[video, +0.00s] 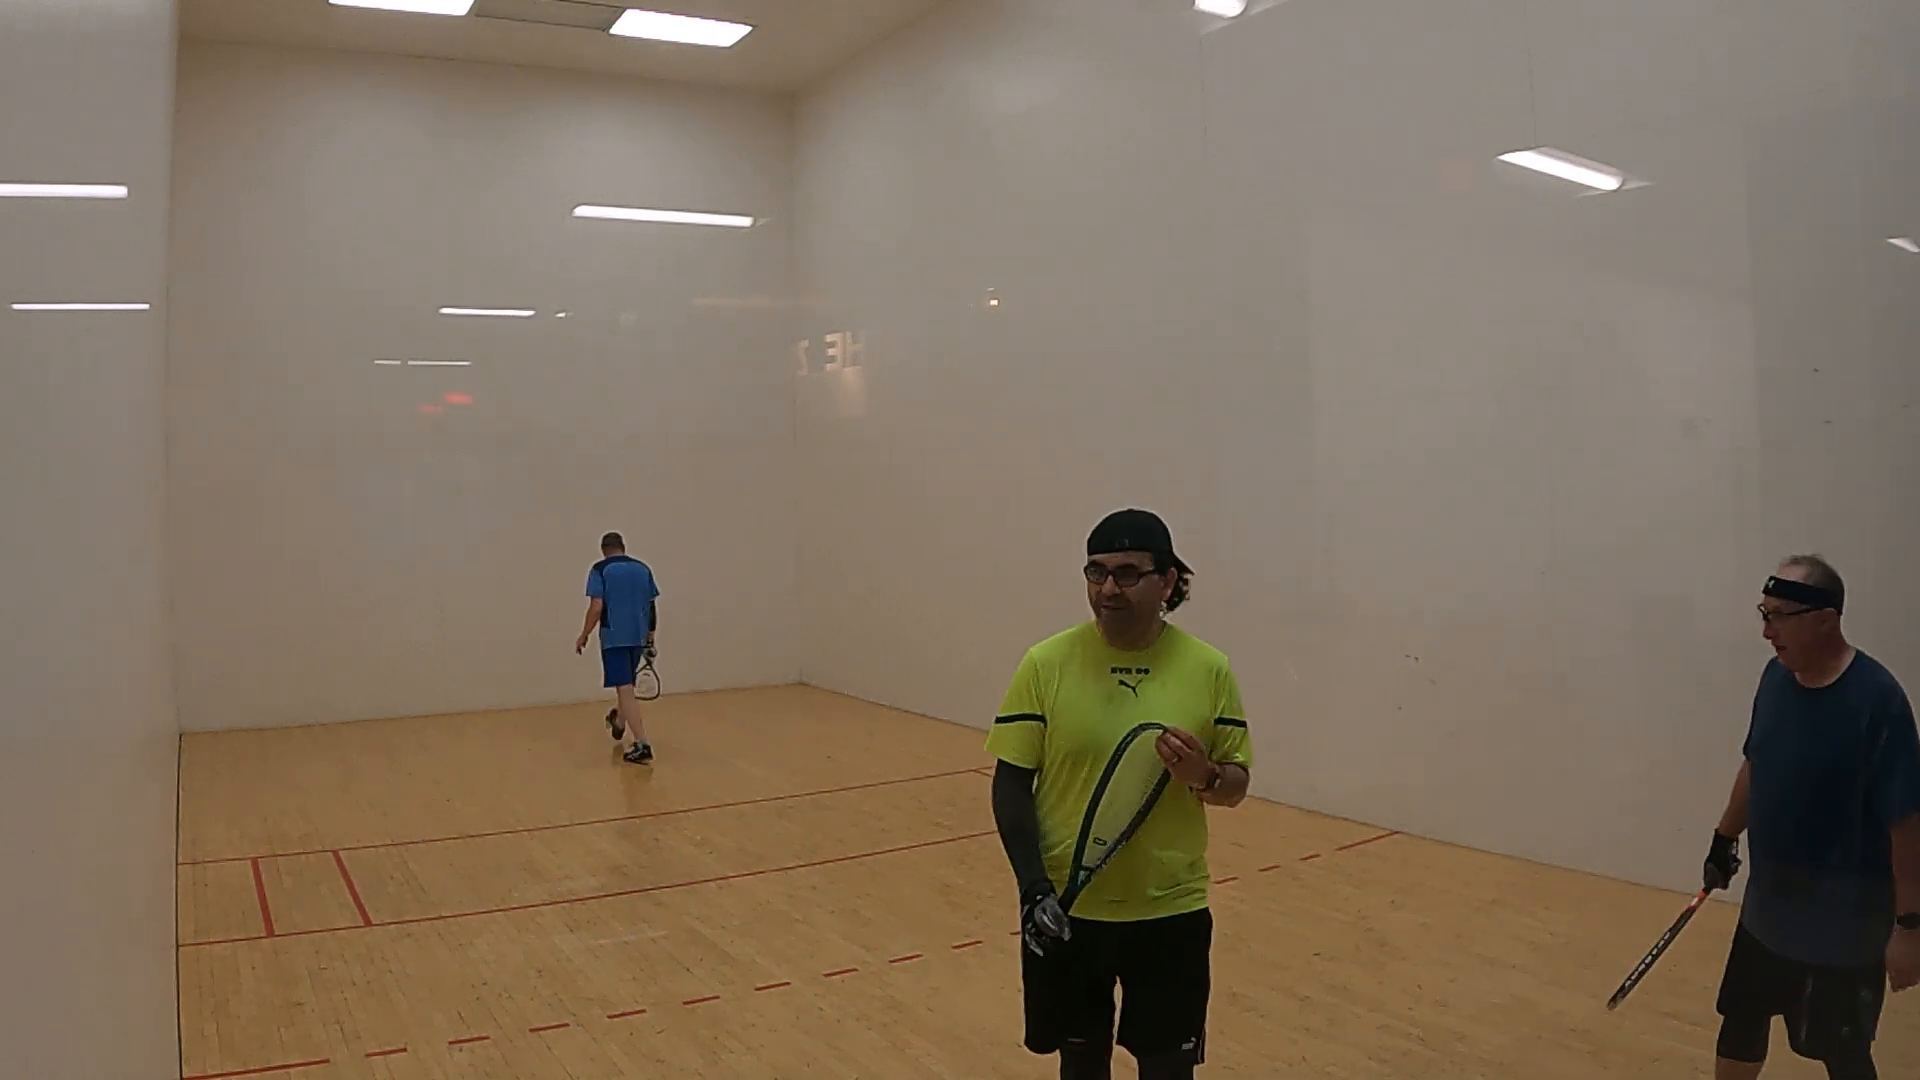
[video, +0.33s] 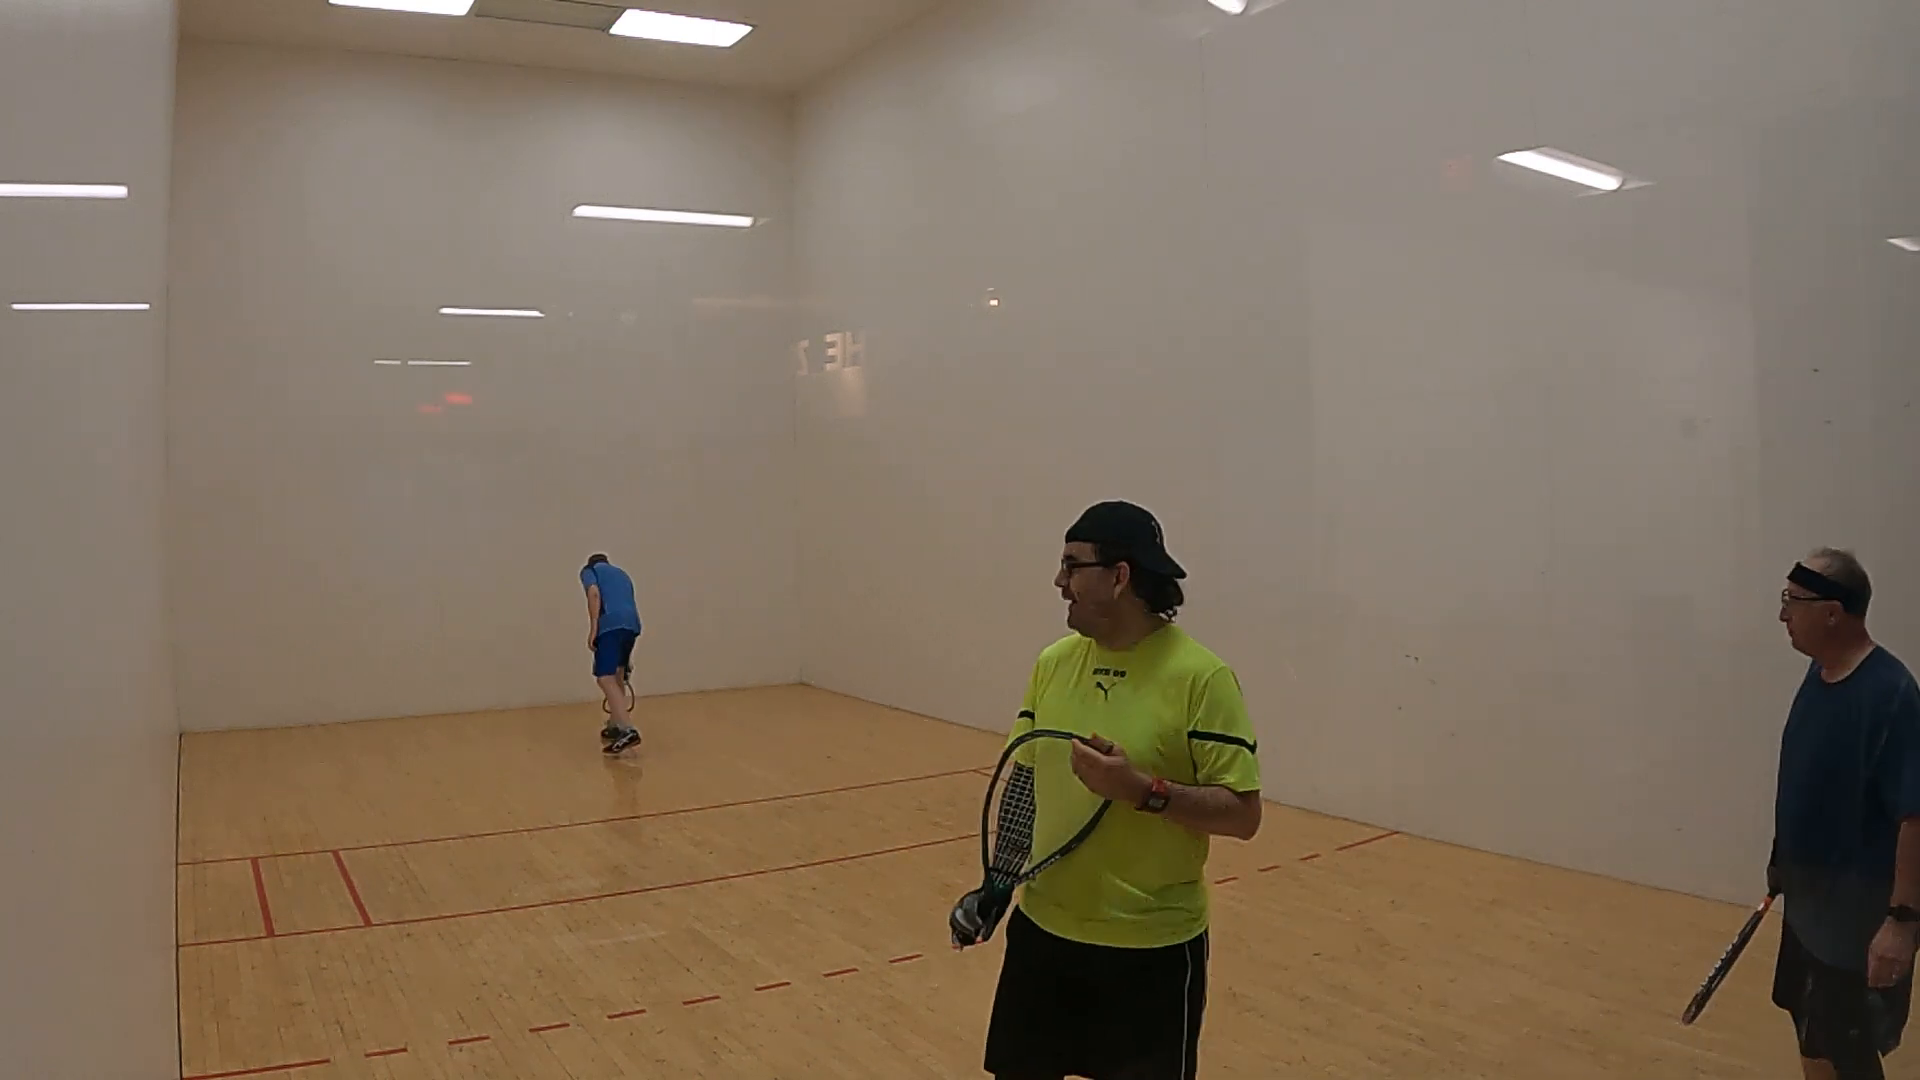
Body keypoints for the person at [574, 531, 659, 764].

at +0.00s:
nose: (607, 554)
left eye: (605, 550)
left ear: (603, 550)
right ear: (624, 548)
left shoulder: (600, 569)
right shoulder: (642, 568)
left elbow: (596, 606)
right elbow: (651, 606)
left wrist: (585, 634)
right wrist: (651, 636)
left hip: (614, 639)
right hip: (639, 637)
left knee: (625, 689)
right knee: (627, 683)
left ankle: (642, 744)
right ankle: (618, 719)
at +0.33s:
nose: (589, 571)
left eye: (588, 568)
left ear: (591, 564)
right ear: (607, 562)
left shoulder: (589, 570)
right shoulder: (622, 574)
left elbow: (594, 594)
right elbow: (628, 612)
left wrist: (593, 629)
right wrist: (627, 656)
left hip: (611, 625)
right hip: (632, 626)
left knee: (604, 677)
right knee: (619, 675)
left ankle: (627, 729)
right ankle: (615, 723)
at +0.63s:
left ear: (582, 569)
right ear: (596, 568)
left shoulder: (583, 572)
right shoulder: (612, 577)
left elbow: (590, 590)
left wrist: (591, 625)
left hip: (609, 619)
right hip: (629, 620)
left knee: (607, 672)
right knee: (616, 673)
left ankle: (609, 730)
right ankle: (613, 724)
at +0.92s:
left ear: (581, 566)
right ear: (596, 564)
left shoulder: (580, 571)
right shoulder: (611, 574)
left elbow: (586, 590)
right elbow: (614, 608)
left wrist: (587, 625)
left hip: (605, 620)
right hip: (626, 620)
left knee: (603, 674)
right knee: (613, 674)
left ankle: (608, 730)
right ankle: (612, 727)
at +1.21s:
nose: (579, 560)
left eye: (579, 557)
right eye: (582, 557)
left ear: (580, 555)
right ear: (599, 552)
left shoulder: (580, 569)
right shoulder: (615, 568)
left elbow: (584, 600)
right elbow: (621, 599)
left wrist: (581, 636)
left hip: (599, 632)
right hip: (622, 630)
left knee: (588, 683)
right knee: (613, 677)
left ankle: (601, 733)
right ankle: (612, 725)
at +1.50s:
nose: (580, 558)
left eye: (579, 555)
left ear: (580, 553)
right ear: (600, 549)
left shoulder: (576, 568)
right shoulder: (618, 564)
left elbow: (576, 602)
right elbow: (630, 597)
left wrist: (573, 640)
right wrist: (630, 636)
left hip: (594, 634)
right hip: (624, 632)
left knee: (587, 684)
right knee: (620, 680)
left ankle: (603, 739)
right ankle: (624, 734)